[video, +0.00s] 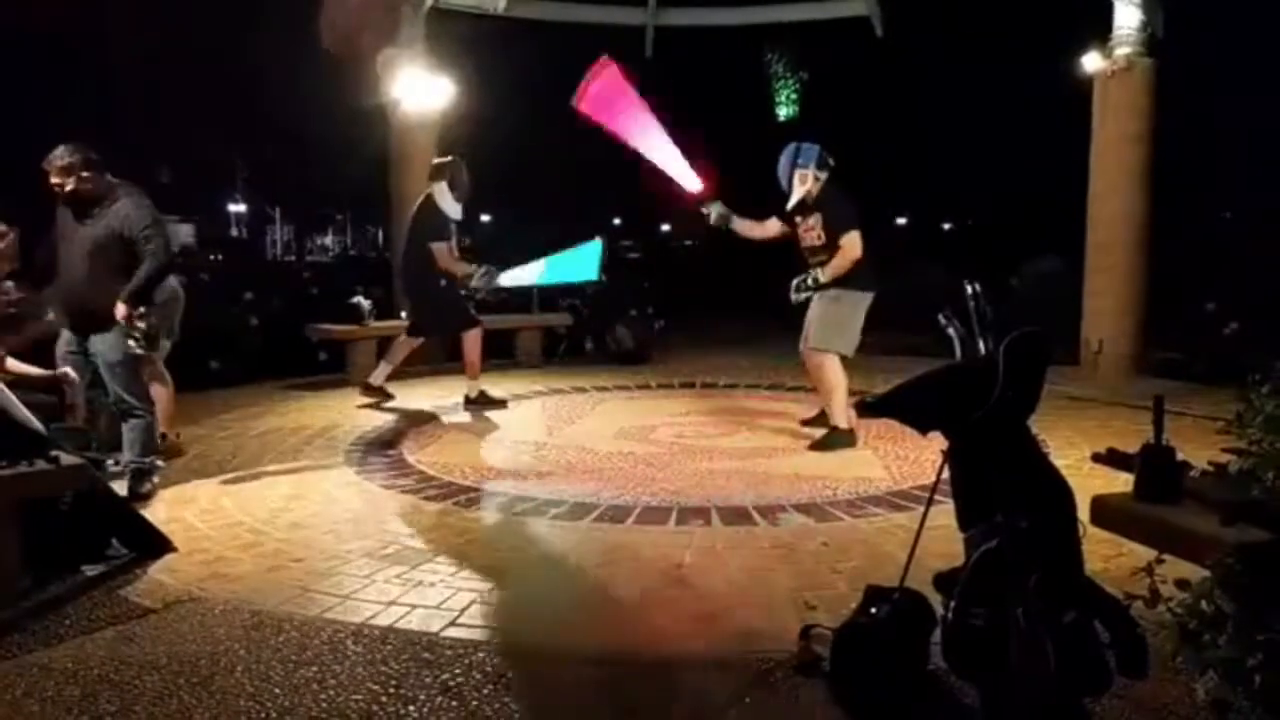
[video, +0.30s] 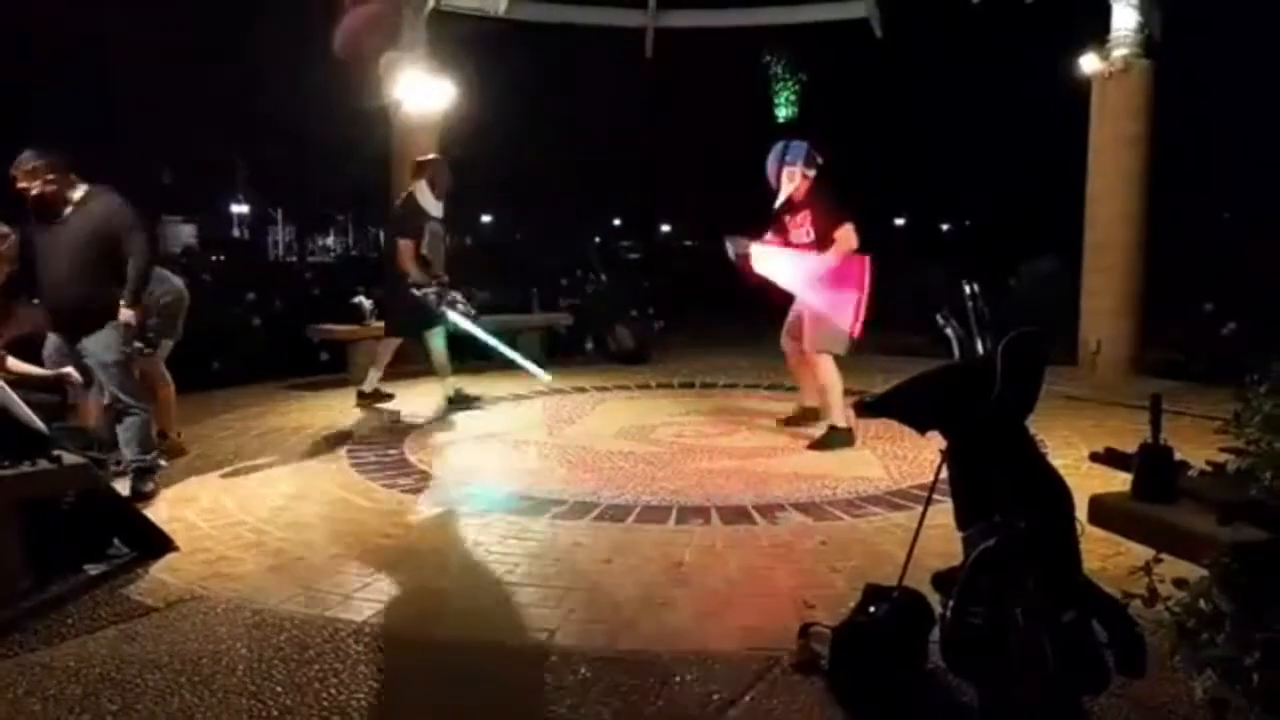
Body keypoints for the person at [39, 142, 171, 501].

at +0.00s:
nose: (56, 190)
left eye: (61, 183)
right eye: (54, 183)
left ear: (85, 176)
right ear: (74, 179)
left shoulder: (128, 206)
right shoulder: (67, 209)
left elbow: (159, 254)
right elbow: (68, 262)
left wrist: (127, 299)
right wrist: (61, 304)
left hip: (114, 324)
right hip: (75, 324)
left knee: (131, 405)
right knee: (76, 401)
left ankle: (139, 470)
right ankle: (86, 465)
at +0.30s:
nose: (27, 196)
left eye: (30, 187)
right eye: (24, 189)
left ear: (53, 177)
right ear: (40, 182)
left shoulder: (105, 206)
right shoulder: (39, 218)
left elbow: (139, 250)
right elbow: (32, 272)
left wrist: (130, 302)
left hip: (103, 324)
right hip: (60, 328)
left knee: (123, 400)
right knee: (59, 402)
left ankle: (141, 466)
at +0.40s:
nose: (5, 203)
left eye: (7, 194)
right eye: (2, 196)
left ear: (28, 184)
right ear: (21, 189)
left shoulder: (88, 204)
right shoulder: (25, 230)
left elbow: (129, 238)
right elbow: (23, 282)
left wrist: (129, 292)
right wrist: (26, 315)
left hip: (100, 321)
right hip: (54, 327)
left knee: (117, 398)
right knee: (49, 403)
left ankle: (138, 468)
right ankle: (58, 475)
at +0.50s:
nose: (2, 211)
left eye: (1, 203)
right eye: (1, 205)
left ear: (9, 192)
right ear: (7, 194)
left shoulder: (68, 204)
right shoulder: (15, 237)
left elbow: (119, 230)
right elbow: (23, 285)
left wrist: (125, 283)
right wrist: (28, 322)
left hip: (98, 320)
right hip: (50, 329)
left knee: (114, 396)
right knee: (44, 401)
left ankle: (134, 471)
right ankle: (55, 477)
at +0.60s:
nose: (2, 213)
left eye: (0, 208)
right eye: (0, 210)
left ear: (5, 198)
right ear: (6, 200)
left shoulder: (66, 203)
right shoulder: (15, 239)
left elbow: (116, 229)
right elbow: (19, 285)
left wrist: (124, 279)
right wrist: (24, 322)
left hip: (97, 318)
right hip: (49, 326)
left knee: (112, 395)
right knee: (45, 400)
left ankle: (131, 470)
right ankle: (56, 477)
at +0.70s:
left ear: (4, 199)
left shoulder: (50, 202)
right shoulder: (6, 246)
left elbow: (107, 225)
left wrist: (118, 275)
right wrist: (14, 323)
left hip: (95, 314)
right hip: (43, 326)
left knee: (108, 395)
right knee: (35, 398)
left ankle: (124, 470)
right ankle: (46, 476)